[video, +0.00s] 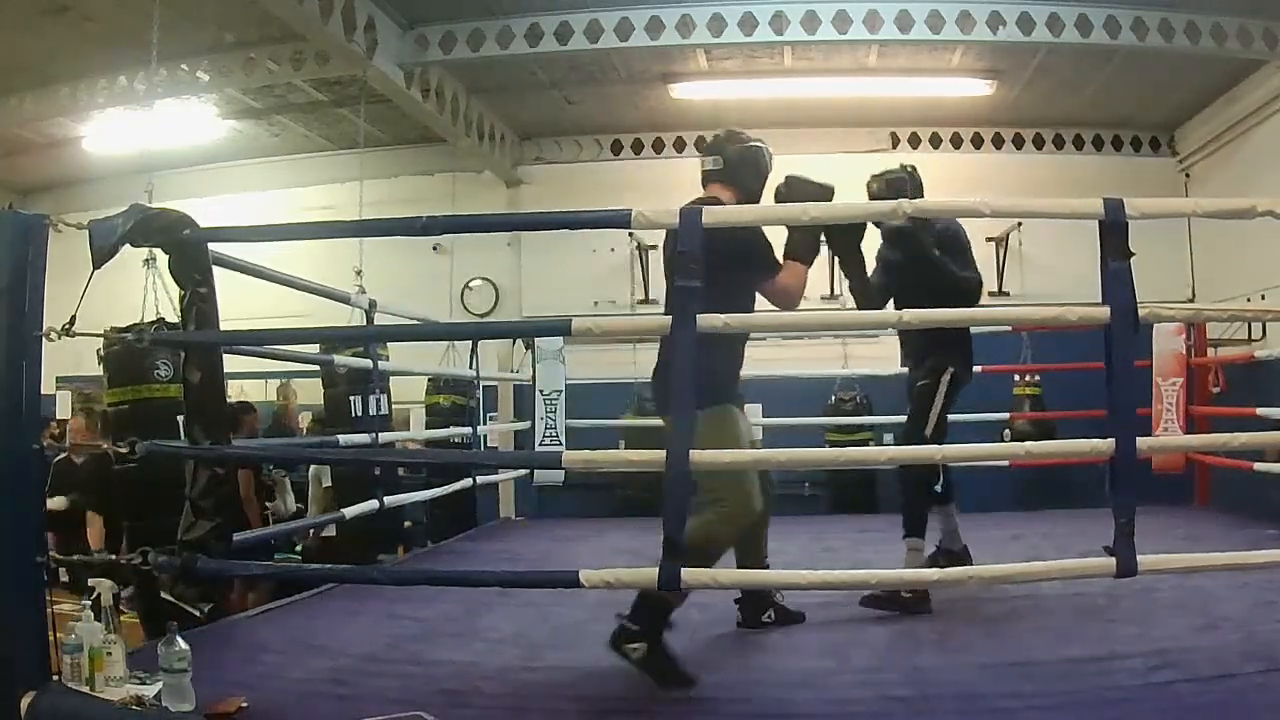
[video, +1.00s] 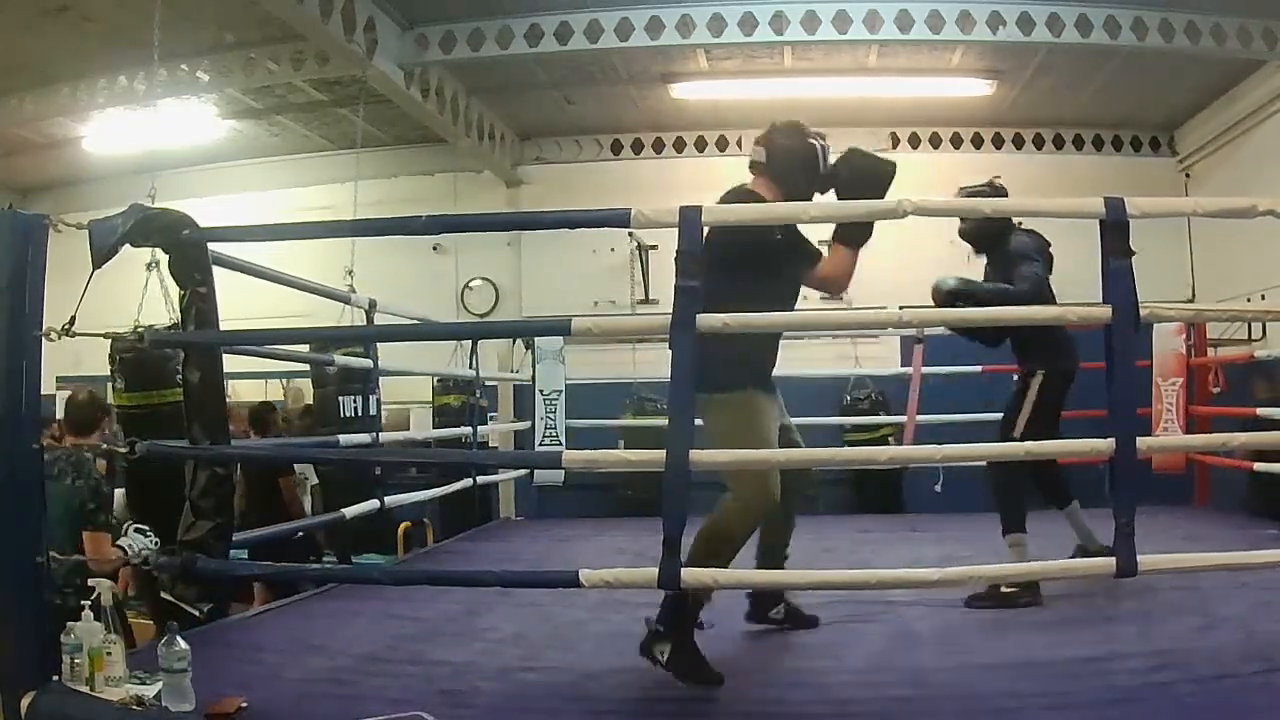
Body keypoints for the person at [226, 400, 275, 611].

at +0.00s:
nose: (257, 427)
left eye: (256, 421)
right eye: (253, 422)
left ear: (236, 427)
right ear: (240, 424)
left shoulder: (226, 449)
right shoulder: (246, 450)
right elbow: (247, 495)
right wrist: (259, 531)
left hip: (232, 526)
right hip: (248, 527)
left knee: (241, 579)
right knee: (264, 578)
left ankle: (237, 627)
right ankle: (256, 626)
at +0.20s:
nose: (261, 427)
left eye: (260, 422)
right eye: (256, 423)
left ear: (237, 428)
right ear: (243, 426)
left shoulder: (228, 449)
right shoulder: (252, 450)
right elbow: (254, 495)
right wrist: (271, 525)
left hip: (233, 523)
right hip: (251, 525)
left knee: (243, 579)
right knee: (261, 580)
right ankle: (262, 630)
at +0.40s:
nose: (271, 428)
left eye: (271, 423)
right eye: (267, 424)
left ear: (244, 428)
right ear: (254, 427)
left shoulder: (240, 449)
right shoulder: (264, 450)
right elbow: (266, 497)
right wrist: (282, 525)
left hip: (243, 521)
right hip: (263, 523)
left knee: (250, 579)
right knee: (268, 579)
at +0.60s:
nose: (279, 428)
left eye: (278, 423)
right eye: (274, 425)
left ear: (250, 430)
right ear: (259, 429)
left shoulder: (244, 452)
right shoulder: (271, 452)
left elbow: (250, 493)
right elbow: (279, 500)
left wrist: (286, 488)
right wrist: (295, 530)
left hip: (249, 521)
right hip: (270, 524)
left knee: (257, 579)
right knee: (275, 580)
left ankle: (252, 626)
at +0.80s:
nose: (279, 423)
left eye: (277, 419)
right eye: (275, 419)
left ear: (249, 428)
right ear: (268, 423)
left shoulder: (246, 451)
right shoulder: (275, 450)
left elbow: (242, 493)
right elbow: (284, 495)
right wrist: (296, 526)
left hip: (252, 522)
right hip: (274, 524)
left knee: (258, 580)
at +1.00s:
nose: (282, 423)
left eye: (280, 419)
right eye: (279, 419)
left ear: (251, 425)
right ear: (273, 423)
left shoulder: (246, 452)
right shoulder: (279, 451)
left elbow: (240, 491)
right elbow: (291, 496)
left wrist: (238, 519)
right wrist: (307, 527)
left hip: (254, 524)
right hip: (280, 525)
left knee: (262, 592)